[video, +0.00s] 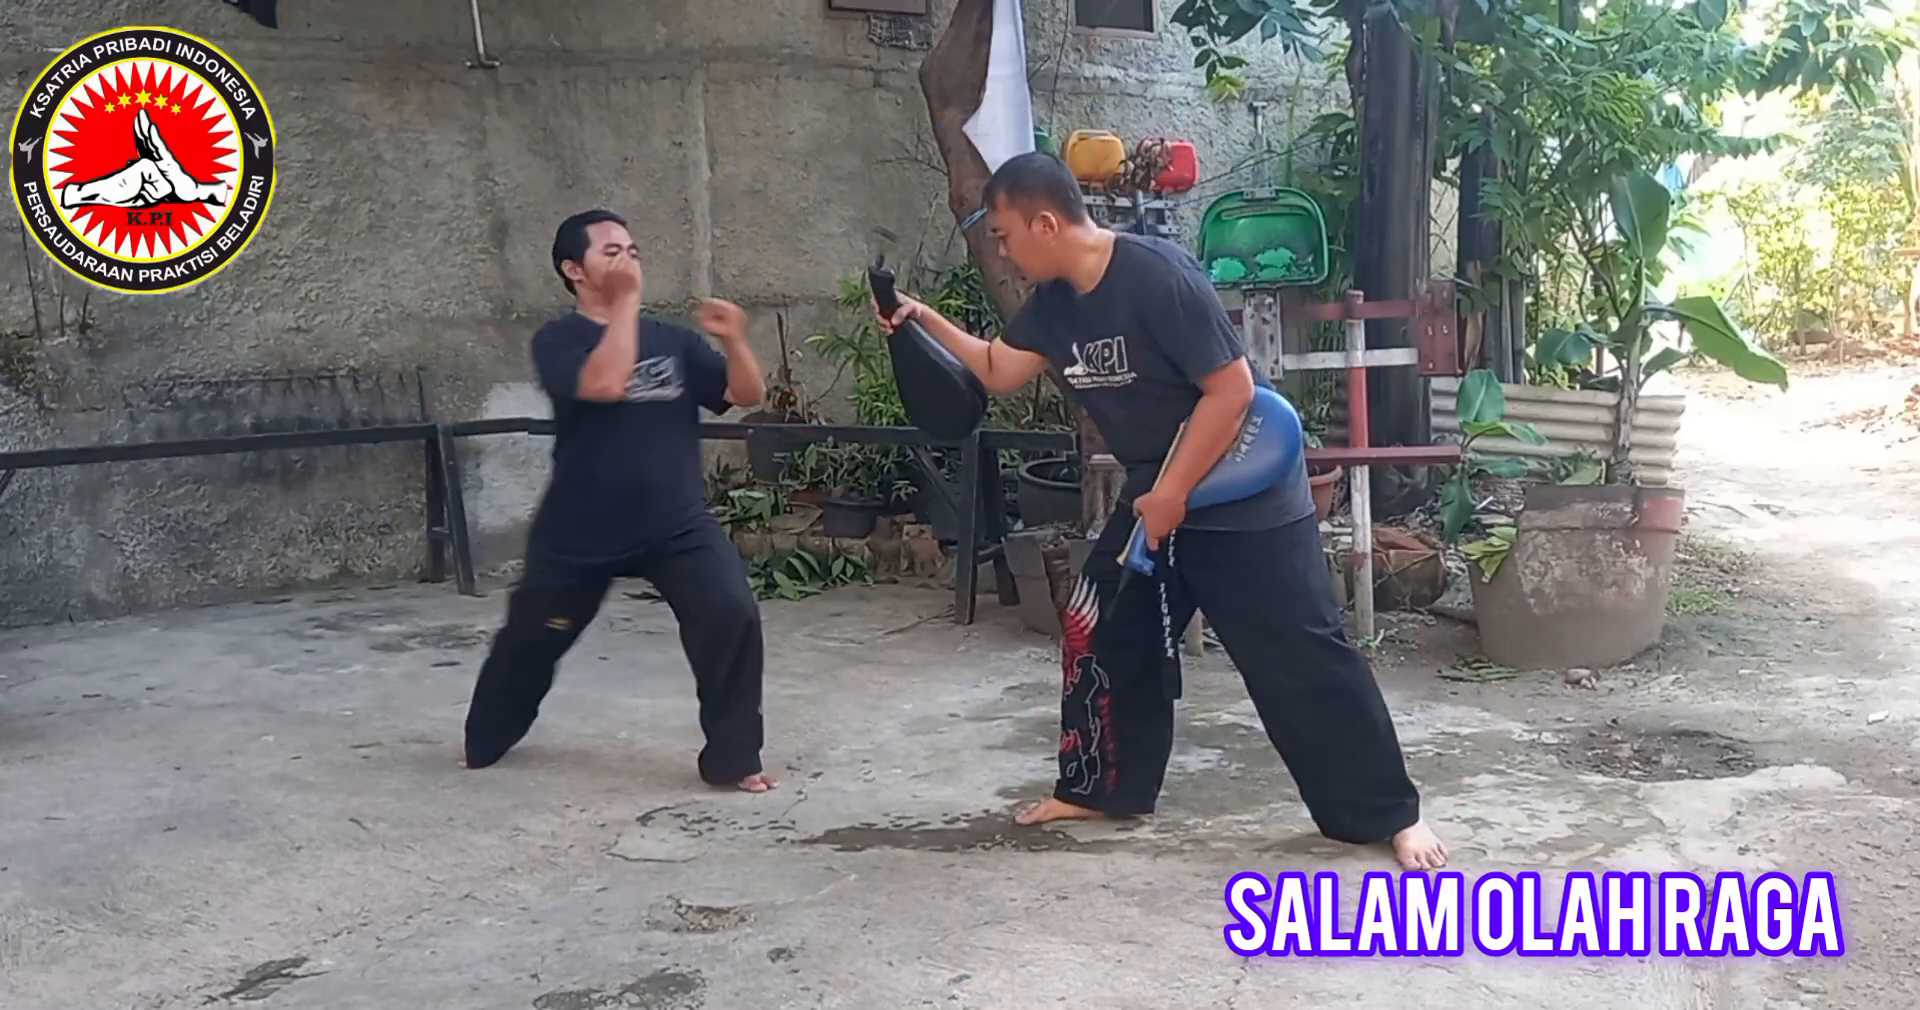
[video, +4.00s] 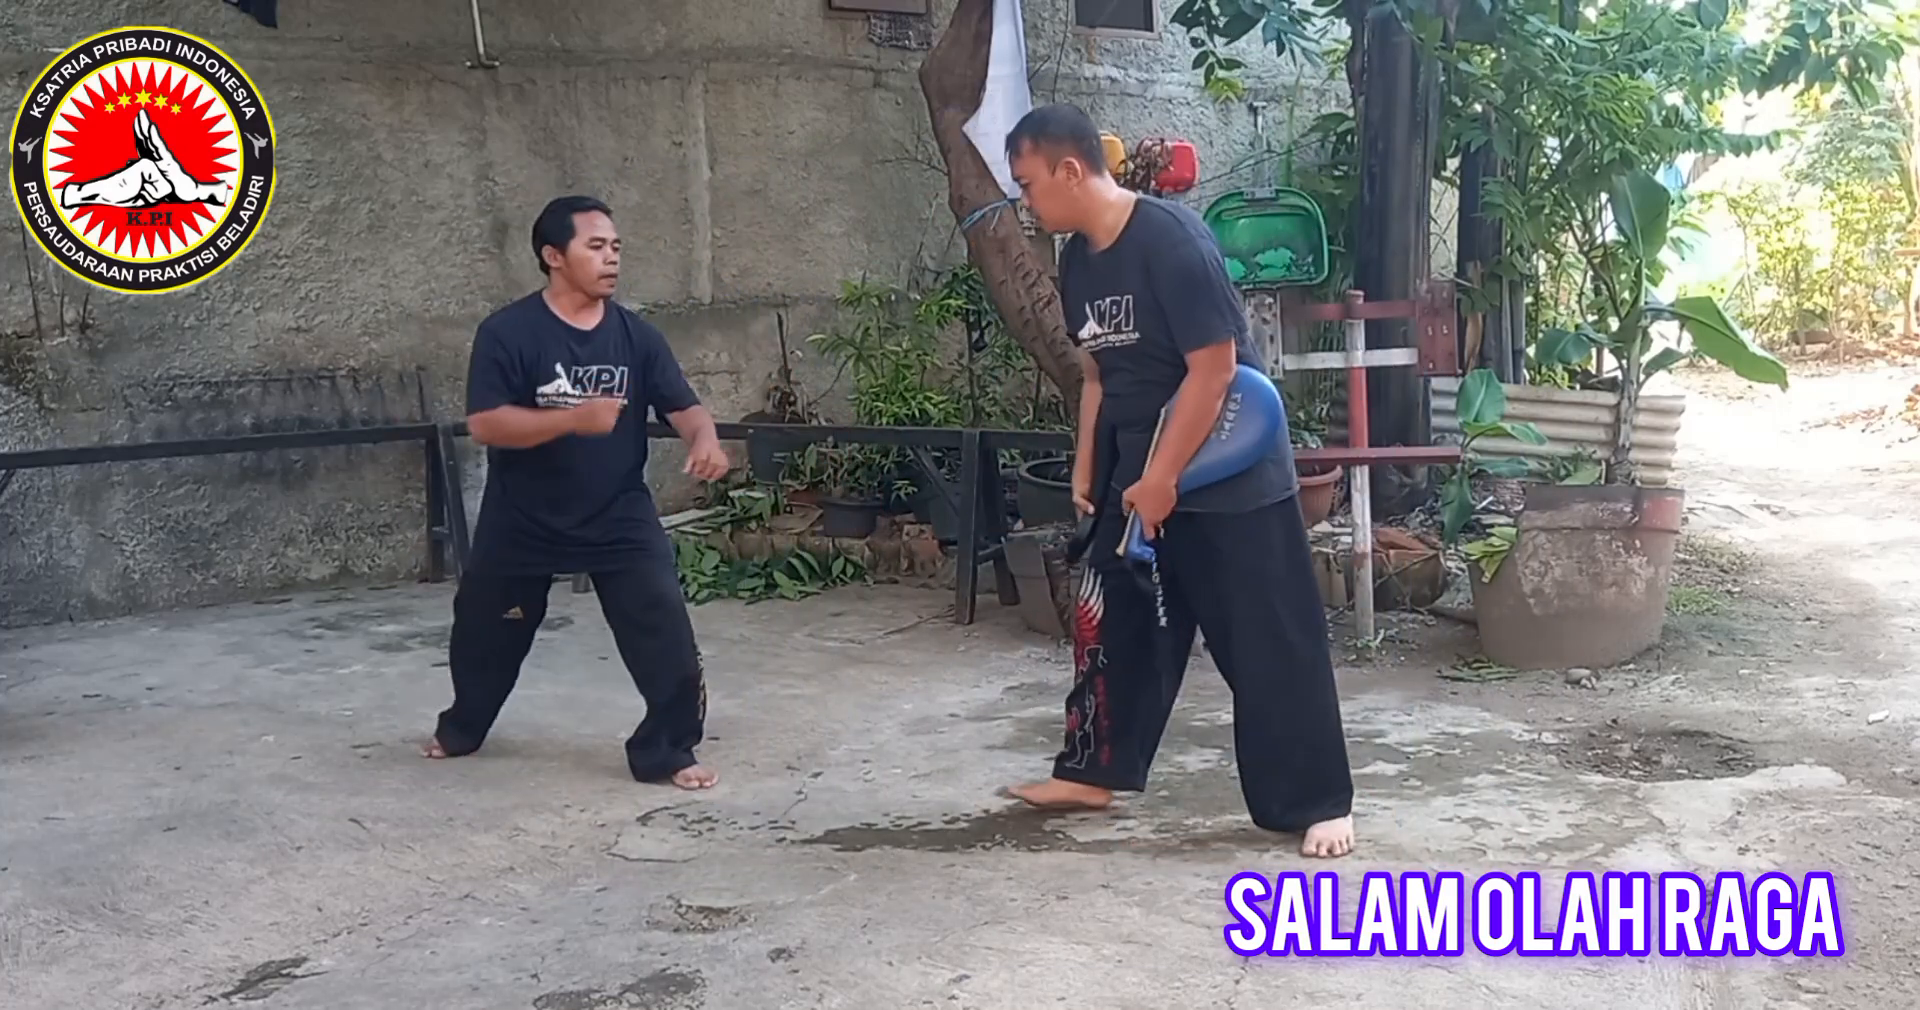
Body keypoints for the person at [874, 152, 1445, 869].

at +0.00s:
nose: (1003, 250)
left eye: (1005, 234)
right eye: (998, 237)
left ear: (1047, 222)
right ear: (1047, 223)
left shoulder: (1158, 275)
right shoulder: (1052, 301)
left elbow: (1231, 389)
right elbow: (999, 370)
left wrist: (1169, 490)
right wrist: (921, 321)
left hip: (1247, 493)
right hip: (1156, 498)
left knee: (1308, 647)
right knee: (1109, 634)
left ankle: (1396, 815)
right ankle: (1106, 791)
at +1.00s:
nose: (1257, 208)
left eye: (1265, 192)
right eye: (1254, 192)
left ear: (1324, 181)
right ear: (1307, 184)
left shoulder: (1439, 254)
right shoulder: (1269, 256)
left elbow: (1495, 379)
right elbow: (1189, 332)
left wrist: (1415, 468)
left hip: (1453, 490)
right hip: (1336, 487)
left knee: (1502, 660)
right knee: (1268, 623)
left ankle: (1563, 851)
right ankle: (1235, 784)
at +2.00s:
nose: (1373, 102)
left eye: (1386, 82)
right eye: (1372, 86)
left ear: (1443, 79)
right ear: (1429, 86)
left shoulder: (1520, 188)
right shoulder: (1412, 188)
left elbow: (1522, 337)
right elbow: (1414, 326)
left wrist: (1409, 397)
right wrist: (1373, 411)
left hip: (1497, 483)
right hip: (1408, 468)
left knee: (1517, 671)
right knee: (1392, 647)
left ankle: (1543, 853)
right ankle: (1379, 806)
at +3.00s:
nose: (1055, 141)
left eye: (1064, 126)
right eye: (1057, 125)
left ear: (1104, 131)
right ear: (1126, 132)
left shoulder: (1137, 220)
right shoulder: (1180, 201)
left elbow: (1128, 378)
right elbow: (1192, 349)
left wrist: (1062, 476)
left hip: (1178, 468)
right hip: (1223, 458)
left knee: (1158, 645)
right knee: (1199, 624)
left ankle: (1163, 823)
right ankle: (1257, 747)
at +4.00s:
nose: (1025, 202)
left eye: (1029, 184)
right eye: (1022, 187)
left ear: (1072, 170)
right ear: (1069, 175)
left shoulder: (1171, 237)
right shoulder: (1076, 260)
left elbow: (1214, 365)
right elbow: (1098, 374)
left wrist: (1163, 475)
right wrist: (1086, 463)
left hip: (1232, 481)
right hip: (1141, 485)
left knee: (1273, 644)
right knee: (1122, 631)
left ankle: (1322, 805)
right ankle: (1095, 772)